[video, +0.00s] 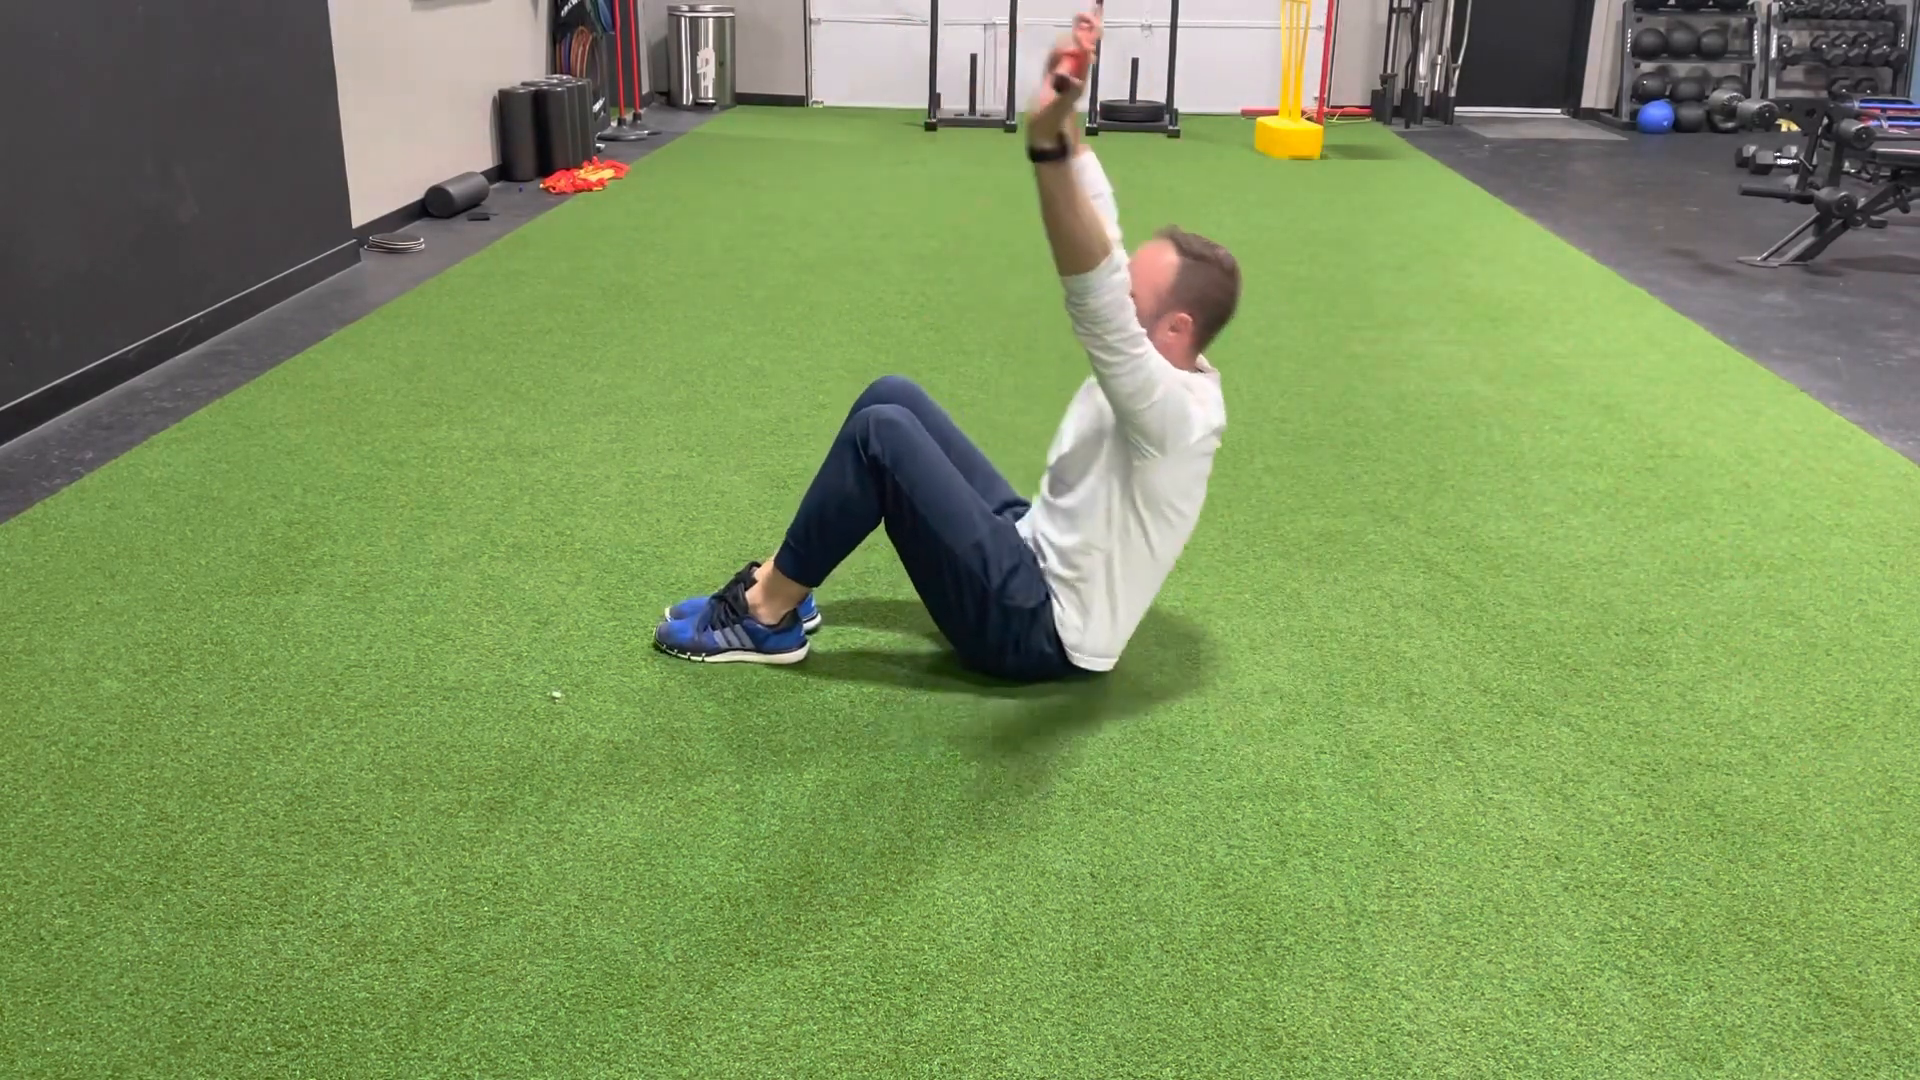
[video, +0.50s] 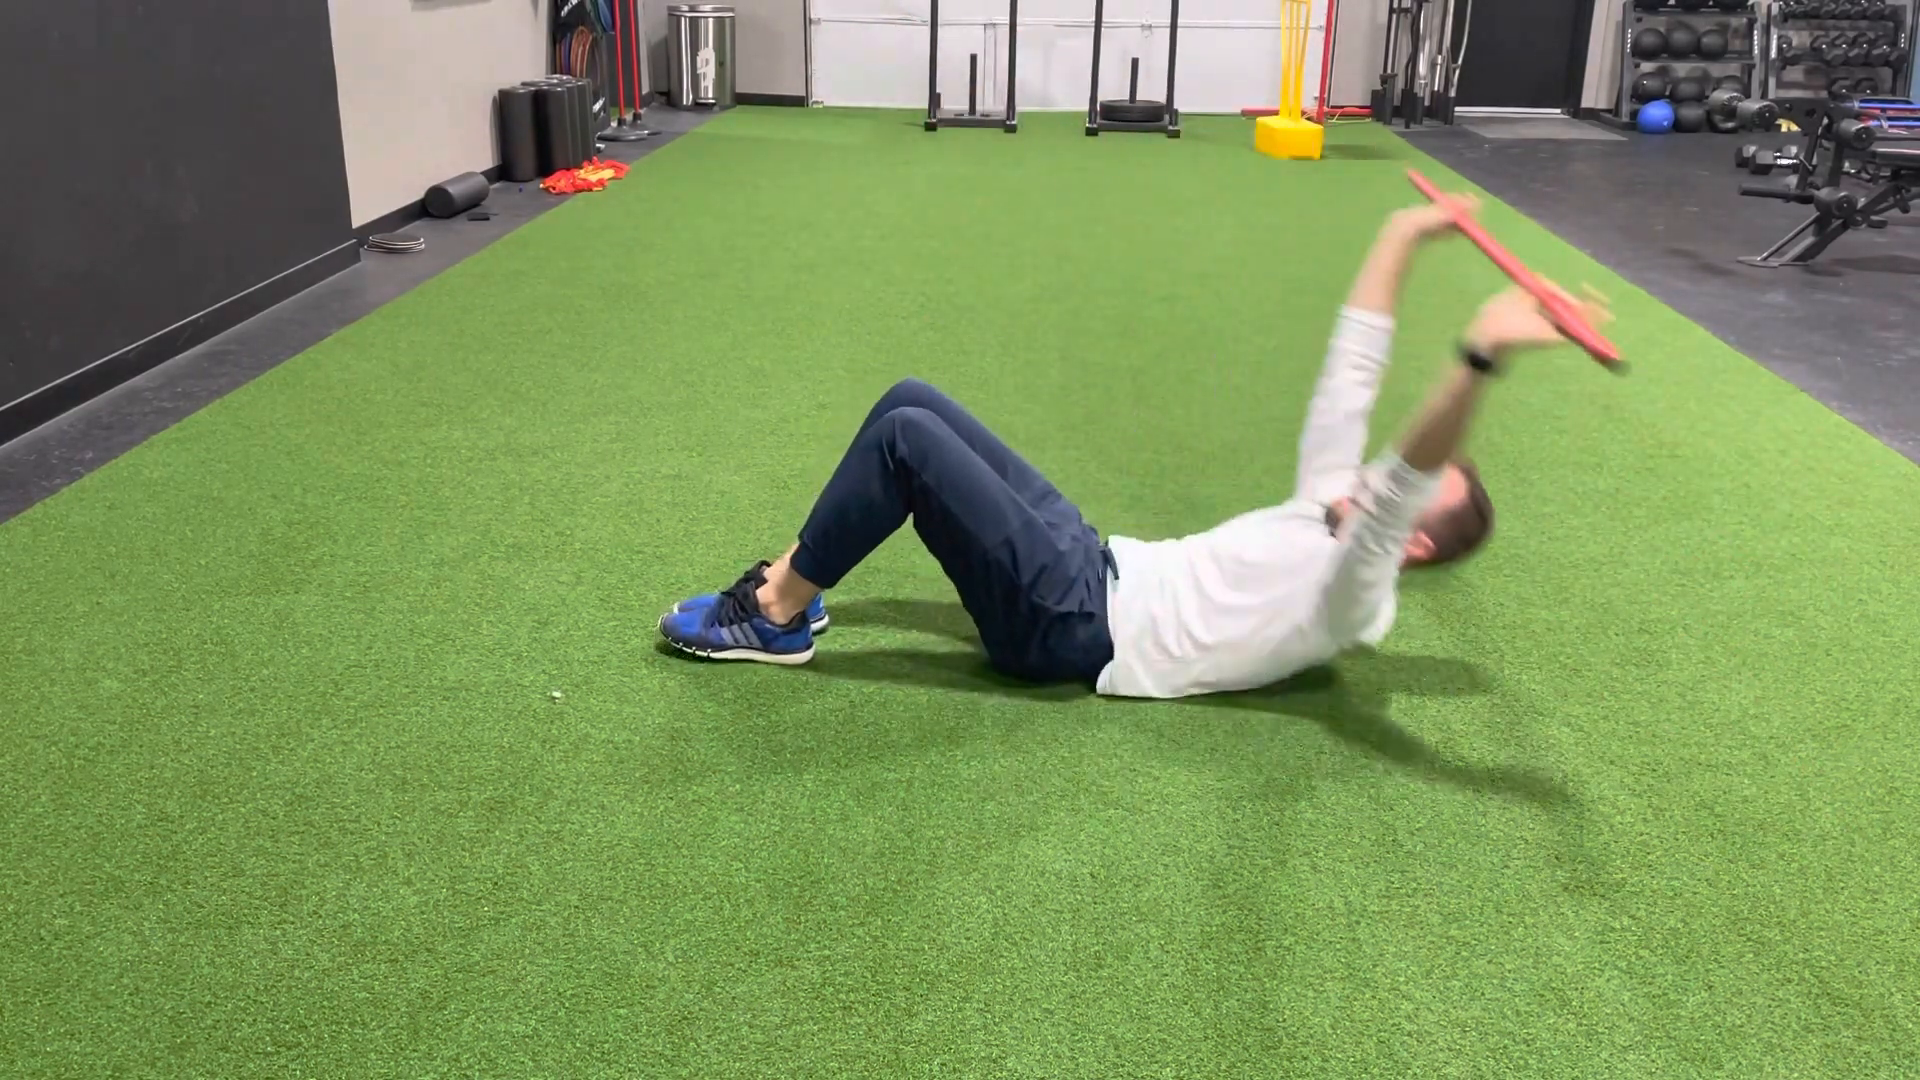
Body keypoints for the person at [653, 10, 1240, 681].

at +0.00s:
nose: (1118, 298)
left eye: (1133, 292)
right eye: (1122, 279)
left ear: (1176, 331)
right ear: (1174, 331)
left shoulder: (1172, 412)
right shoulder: (1167, 374)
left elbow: (1099, 300)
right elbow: (1107, 254)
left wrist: (1049, 148)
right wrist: (1066, 116)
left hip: (1039, 621)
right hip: (1040, 561)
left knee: (884, 430)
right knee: (891, 400)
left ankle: (769, 612)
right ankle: (779, 583)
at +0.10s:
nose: (1160, 309)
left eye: (1177, 305)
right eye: (1166, 291)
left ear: (1220, 349)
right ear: (1219, 347)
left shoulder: (1206, 432)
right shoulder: (1196, 393)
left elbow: (1140, 324)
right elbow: (1144, 276)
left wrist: (1096, 166)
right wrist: (1113, 137)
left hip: (1047, 621)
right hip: (1051, 555)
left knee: (887, 434)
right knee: (895, 400)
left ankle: (773, 615)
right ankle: (777, 584)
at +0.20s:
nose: (1200, 349)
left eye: (1216, 345)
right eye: (1207, 333)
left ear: (1259, 385)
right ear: (1256, 379)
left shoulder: (1244, 460)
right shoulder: (1226, 421)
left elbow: (1187, 345)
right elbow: (1188, 321)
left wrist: (1157, 187)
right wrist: (1164, 157)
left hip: (1055, 621)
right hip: (1054, 553)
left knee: (891, 436)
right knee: (897, 398)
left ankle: (769, 612)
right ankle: (782, 591)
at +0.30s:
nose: (1267, 362)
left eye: (1288, 364)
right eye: (1282, 349)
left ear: (1308, 421)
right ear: (1295, 404)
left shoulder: (1283, 501)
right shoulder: (1247, 434)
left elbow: (1244, 382)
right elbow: (1213, 318)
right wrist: (1215, 153)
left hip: (1061, 621)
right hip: (1065, 561)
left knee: (889, 437)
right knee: (899, 403)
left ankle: (768, 614)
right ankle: (781, 592)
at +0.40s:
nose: (1337, 402)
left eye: (1361, 408)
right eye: (1352, 395)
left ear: (1370, 467)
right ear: (1335, 428)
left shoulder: (1321, 550)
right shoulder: (1287, 473)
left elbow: (1325, 413)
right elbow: (1277, 344)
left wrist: (1348, 282)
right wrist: (1296, 184)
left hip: (1073, 624)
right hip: (1080, 564)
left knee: (899, 428)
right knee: (904, 403)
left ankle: (771, 611)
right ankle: (786, 587)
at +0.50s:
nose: (1413, 473)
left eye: (1434, 489)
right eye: (1424, 471)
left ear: (1432, 539)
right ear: (1395, 483)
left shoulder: (1353, 592)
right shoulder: (1325, 518)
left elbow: (1412, 469)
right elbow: (1353, 372)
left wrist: (1480, 354)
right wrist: (1400, 232)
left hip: (1084, 621)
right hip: (1092, 561)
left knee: (907, 435)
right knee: (909, 399)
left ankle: (776, 609)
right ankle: (789, 584)